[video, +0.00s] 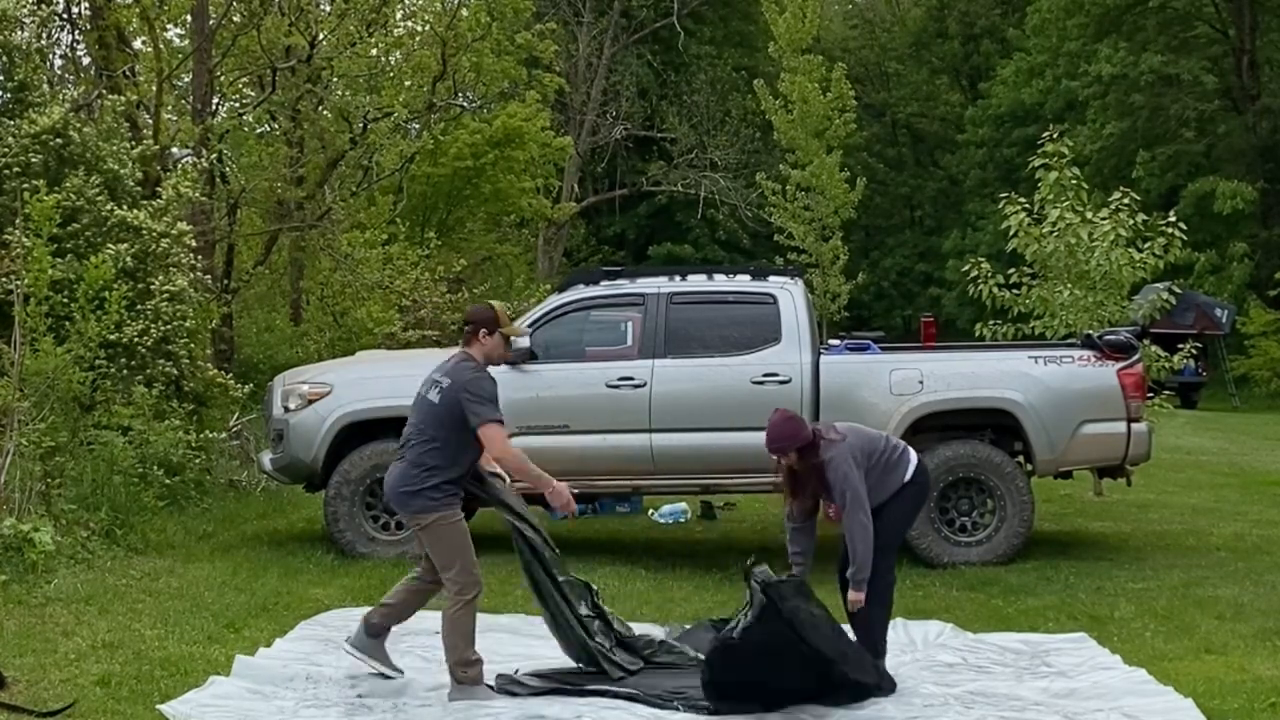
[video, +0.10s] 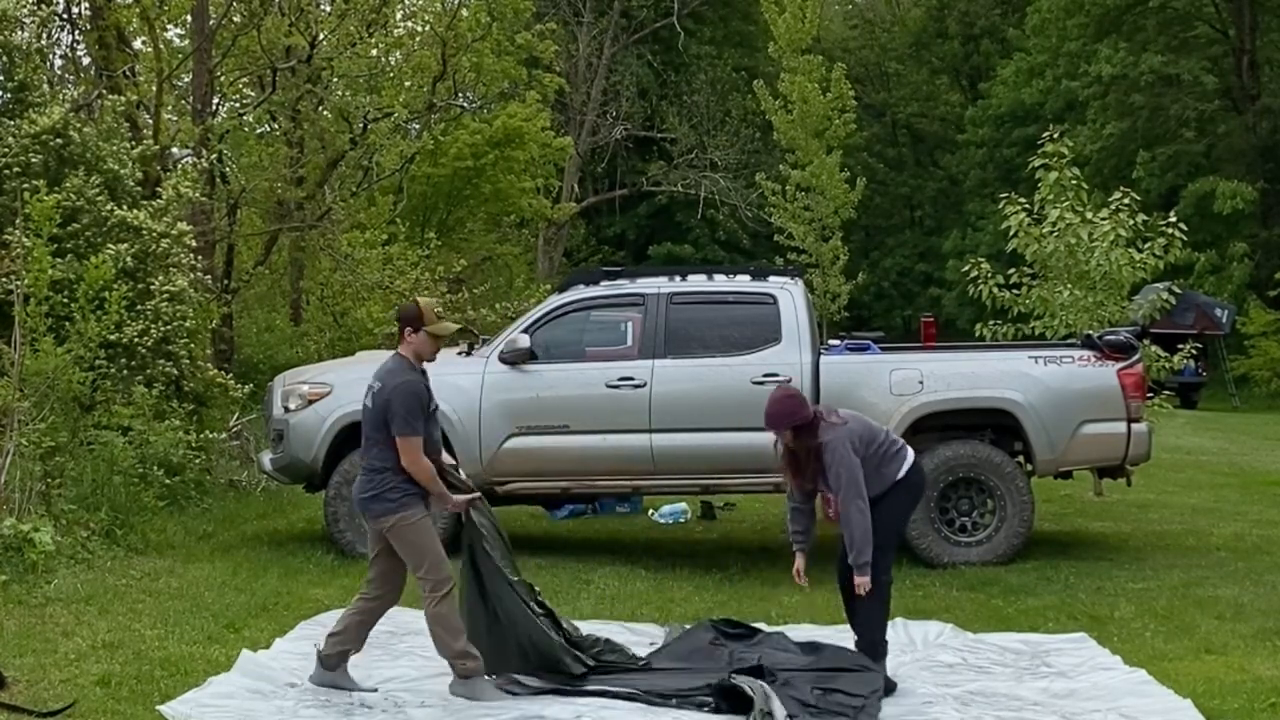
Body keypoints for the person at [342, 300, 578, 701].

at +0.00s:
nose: (509, 345)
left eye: (508, 338)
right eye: (504, 338)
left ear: (477, 337)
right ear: (483, 337)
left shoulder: (450, 368)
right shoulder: (475, 379)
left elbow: (448, 429)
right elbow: (500, 451)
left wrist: (481, 459)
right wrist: (550, 485)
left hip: (409, 484)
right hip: (429, 492)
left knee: (433, 573)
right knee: (464, 586)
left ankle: (370, 633)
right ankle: (466, 683)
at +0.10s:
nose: (441, 343)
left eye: (442, 336)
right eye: (436, 336)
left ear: (413, 336)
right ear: (411, 336)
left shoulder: (399, 371)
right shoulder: (407, 383)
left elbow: (423, 435)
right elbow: (412, 460)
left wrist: (448, 461)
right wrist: (445, 495)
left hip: (381, 495)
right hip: (397, 498)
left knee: (383, 588)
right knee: (438, 582)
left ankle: (330, 664)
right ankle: (468, 675)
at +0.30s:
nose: (331, 325)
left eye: (339, 318)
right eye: (325, 317)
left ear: (355, 320)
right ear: (317, 318)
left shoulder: (370, 362)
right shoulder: (303, 362)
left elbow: (385, 414)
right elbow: (295, 422)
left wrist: (379, 420)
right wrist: (349, 417)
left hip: (342, 477)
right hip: (299, 476)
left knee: (339, 572)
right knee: (315, 564)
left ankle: (328, 667)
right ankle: (255, 641)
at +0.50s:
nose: (298, 327)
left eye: (300, 320)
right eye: (293, 319)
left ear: (285, 316)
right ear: (269, 313)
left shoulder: (303, 358)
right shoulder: (228, 358)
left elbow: (318, 425)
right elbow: (170, 403)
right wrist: (201, 389)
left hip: (298, 486)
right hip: (246, 489)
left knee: (326, 562)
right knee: (237, 577)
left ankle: (321, 656)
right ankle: (223, 667)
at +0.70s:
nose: (336, 333)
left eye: (337, 327)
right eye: (333, 326)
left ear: (316, 322)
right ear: (310, 321)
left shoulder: (332, 363)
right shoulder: (263, 369)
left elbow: (339, 423)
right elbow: (223, 426)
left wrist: (348, 480)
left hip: (325, 489)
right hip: (277, 492)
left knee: (354, 567)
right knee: (257, 581)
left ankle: (373, 658)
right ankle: (226, 667)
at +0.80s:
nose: (403, 336)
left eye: (404, 329)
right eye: (399, 328)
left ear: (382, 327)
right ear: (378, 326)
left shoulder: (388, 371)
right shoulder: (338, 370)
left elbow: (388, 435)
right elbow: (304, 427)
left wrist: (398, 492)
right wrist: (310, 491)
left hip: (374, 499)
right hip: (335, 499)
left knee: (385, 582)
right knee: (315, 582)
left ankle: (384, 670)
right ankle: (245, 653)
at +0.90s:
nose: (444, 335)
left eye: (445, 327)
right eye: (441, 326)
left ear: (422, 324)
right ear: (420, 322)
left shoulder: (425, 368)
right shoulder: (380, 365)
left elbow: (429, 432)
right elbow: (352, 426)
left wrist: (449, 489)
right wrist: (370, 484)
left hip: (405, 486)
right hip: (382, 487)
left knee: (393, 571)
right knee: (425, 558)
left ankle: (386, 666)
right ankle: (358, 628)